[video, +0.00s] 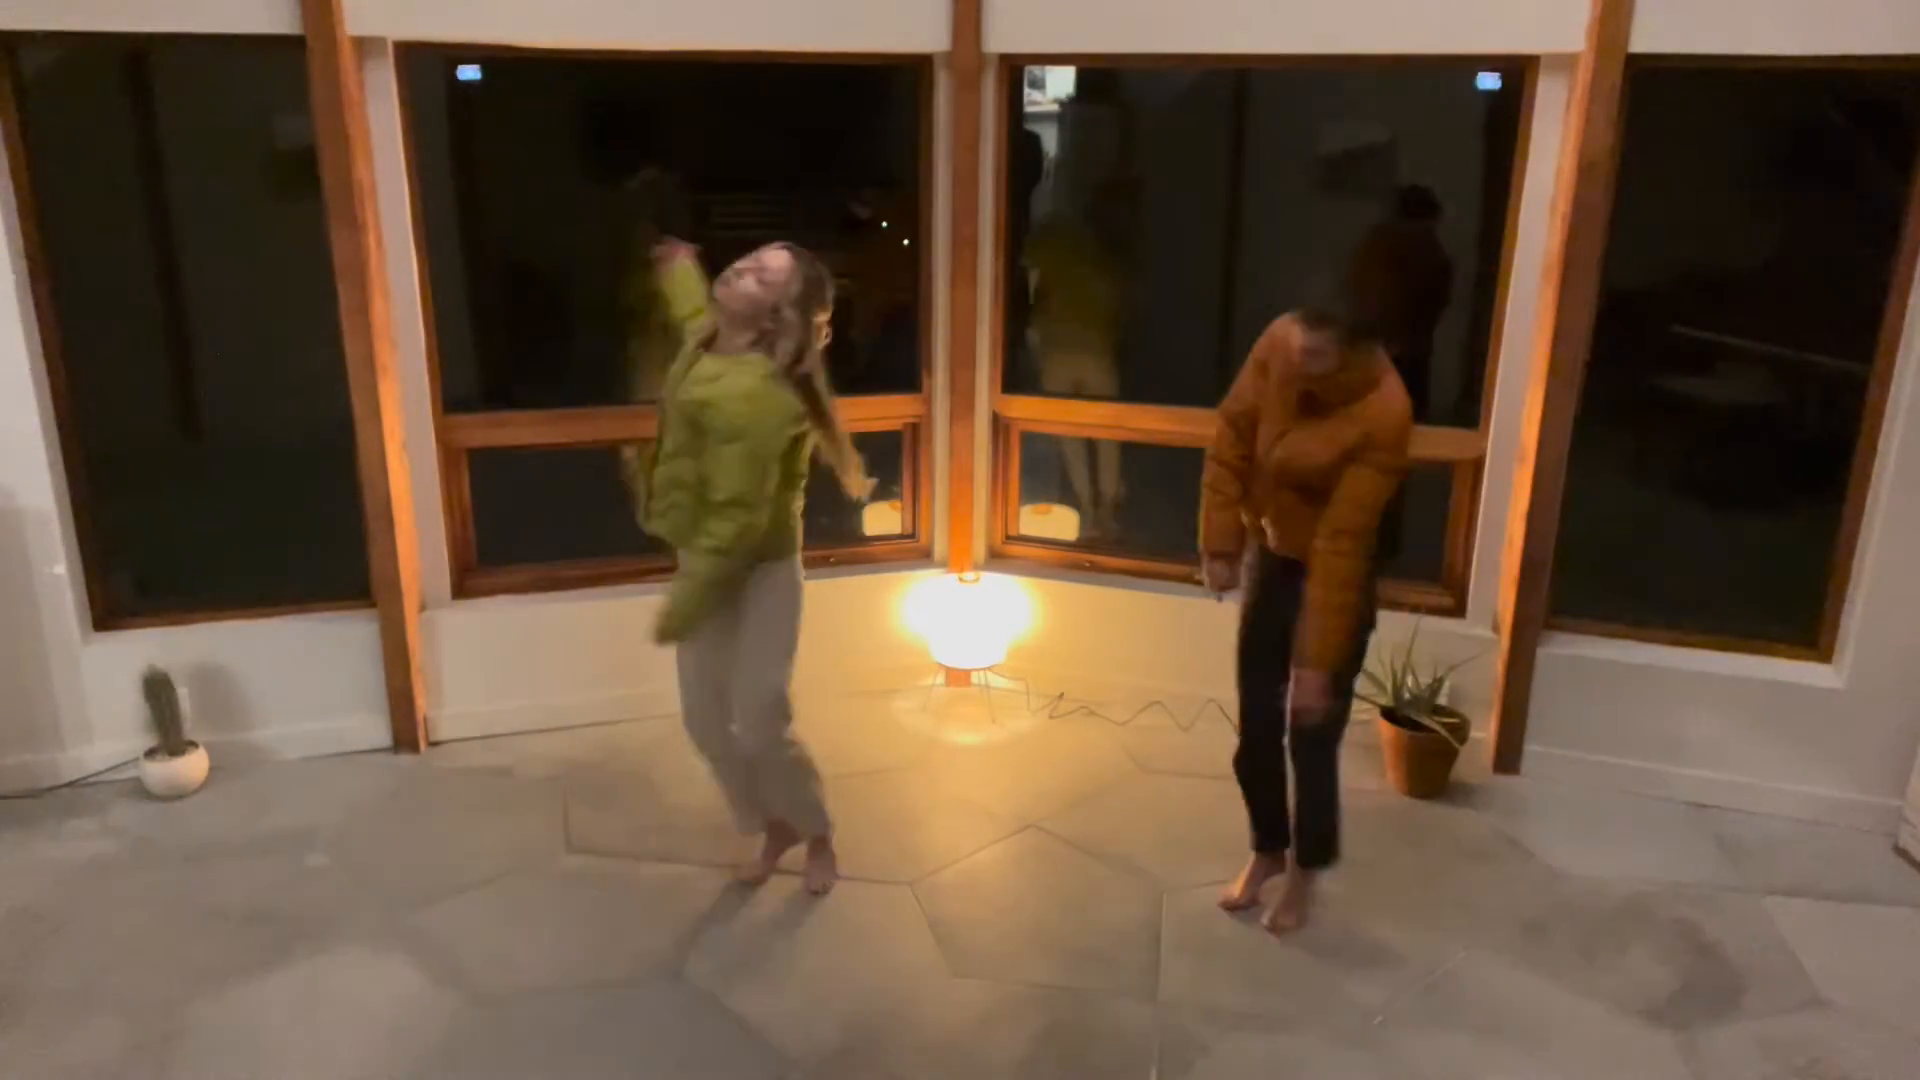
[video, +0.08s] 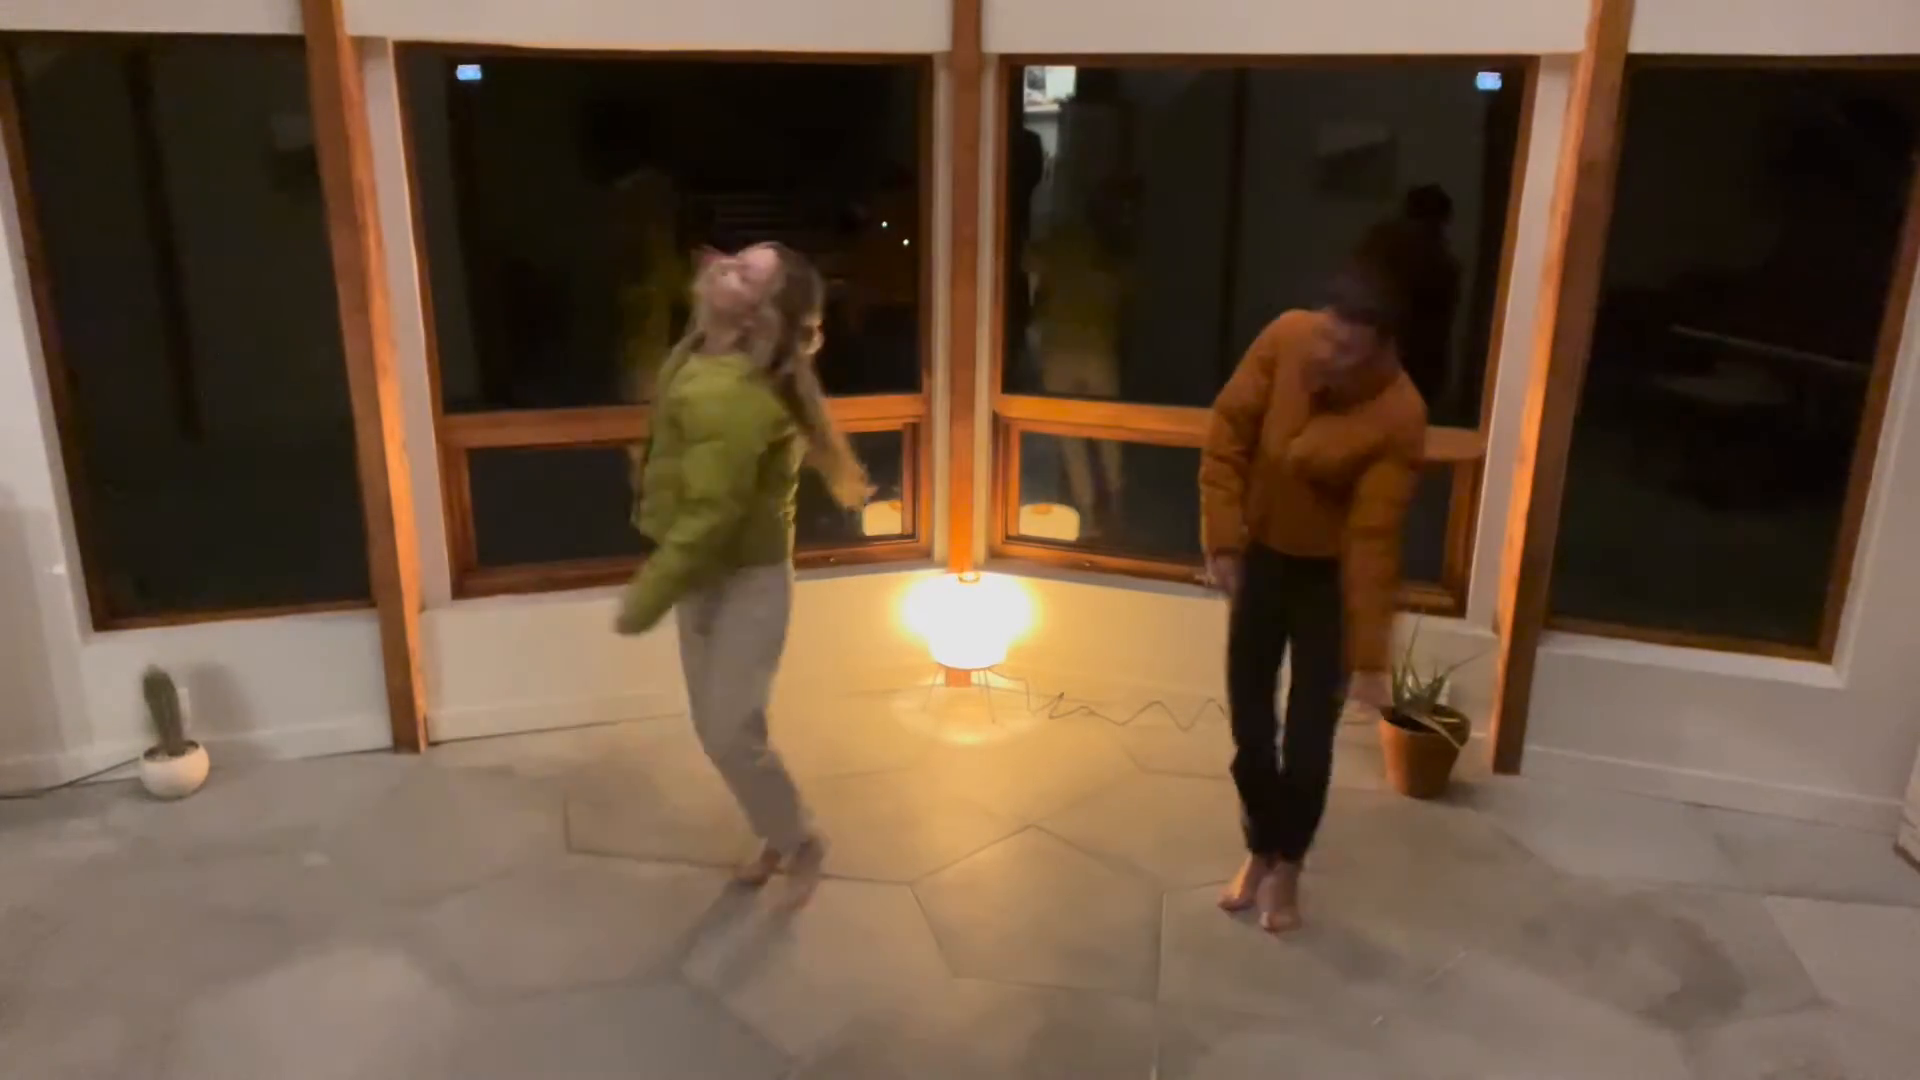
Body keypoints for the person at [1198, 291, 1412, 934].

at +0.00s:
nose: (1302, 357)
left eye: (1320, 352)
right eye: (1302, 342)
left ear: (1357, 351)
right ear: (1297, 329)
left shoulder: (1385, 412)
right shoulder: (1281, 343)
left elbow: (1345, 541)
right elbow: (1231, 433)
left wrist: (1317, 659)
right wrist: (1220, 539)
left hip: (1337, 577)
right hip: (1274, 562)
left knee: (1311, 731)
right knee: (1257, 724)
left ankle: (1303, 871)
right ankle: (1266, 853)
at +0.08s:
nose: (1331, 355)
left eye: (1349, 347)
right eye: (1329, 337)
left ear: (1383, 350)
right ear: (1321, 320)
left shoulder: (1399, 415)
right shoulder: (1287, 337)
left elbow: (1374, 538)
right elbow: (1226, 431)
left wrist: (1369, 657)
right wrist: (1222, 540)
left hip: (1332, 574)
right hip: (1260, 561)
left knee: (1309, 725)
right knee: (1248, 714)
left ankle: (1286, 864)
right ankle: (1261, 848)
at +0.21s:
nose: (1374, 340)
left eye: (1393, 332)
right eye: (1369, 319)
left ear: (1409, 335)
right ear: (1345, 301)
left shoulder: (1406, 404)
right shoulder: (1292, 335)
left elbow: (1421, 521)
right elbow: (1227, 430)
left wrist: (1463, 628)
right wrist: (1250, 537)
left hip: (1331, 567)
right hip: (1255, 554)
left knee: (1316, 733)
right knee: (1239, 725)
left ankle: (1294, 882)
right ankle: (1219, 850)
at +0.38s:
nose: (1408, 330)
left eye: (1416, 319)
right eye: (1400, 312)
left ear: (1413, 322)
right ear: (1359, 300)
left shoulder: (1378, 380)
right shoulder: (1302, 340)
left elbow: (1415, 497)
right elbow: (1258, 453)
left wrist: (1486, 583)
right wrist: (1315, 549)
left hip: (1322, 568)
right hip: (1266, 557)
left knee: (1300, 728)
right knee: (1259, 725)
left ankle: (1255, 841)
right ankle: (1216, 851)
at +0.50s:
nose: (1399, 323)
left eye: (1408, 312)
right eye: (1395, 305)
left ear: (1371, 301)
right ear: (1360, 294)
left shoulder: (1339, 349)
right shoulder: (1322, 345)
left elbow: (1357, 450)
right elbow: (1307, 460)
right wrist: (1368, 537)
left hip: (1304, 568)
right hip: (1289, 571)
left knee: (1295, 730)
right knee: (1325, 751)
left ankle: (1255, 845)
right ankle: (1235, 852)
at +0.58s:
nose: (1397, 315)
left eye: (1402, 302)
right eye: (1393, 299)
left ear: (1360, 286)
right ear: (1359, 286)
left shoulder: (1316, 331)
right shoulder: (1342, 334)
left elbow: (1266, 430)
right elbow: (1340, 444)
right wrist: (1389, 520)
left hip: (1282, 563)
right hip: (1301, 571)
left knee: (1287, 728)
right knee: (1324, 742)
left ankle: (1254, 856)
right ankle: (1259, 877)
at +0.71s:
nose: (1276, 317)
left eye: (1278, 306)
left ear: (1285, 302)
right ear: (1342, 286)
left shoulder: (1269, 364)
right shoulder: (1372, 340)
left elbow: (1243, 459)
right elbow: (1405, 441)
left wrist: (1190, 510)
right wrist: (1430, 513)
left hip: (1270, 563)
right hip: (1332, 571)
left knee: (1268, 714)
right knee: (1313, 735)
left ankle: (1236, 852)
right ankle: (1258, 887)